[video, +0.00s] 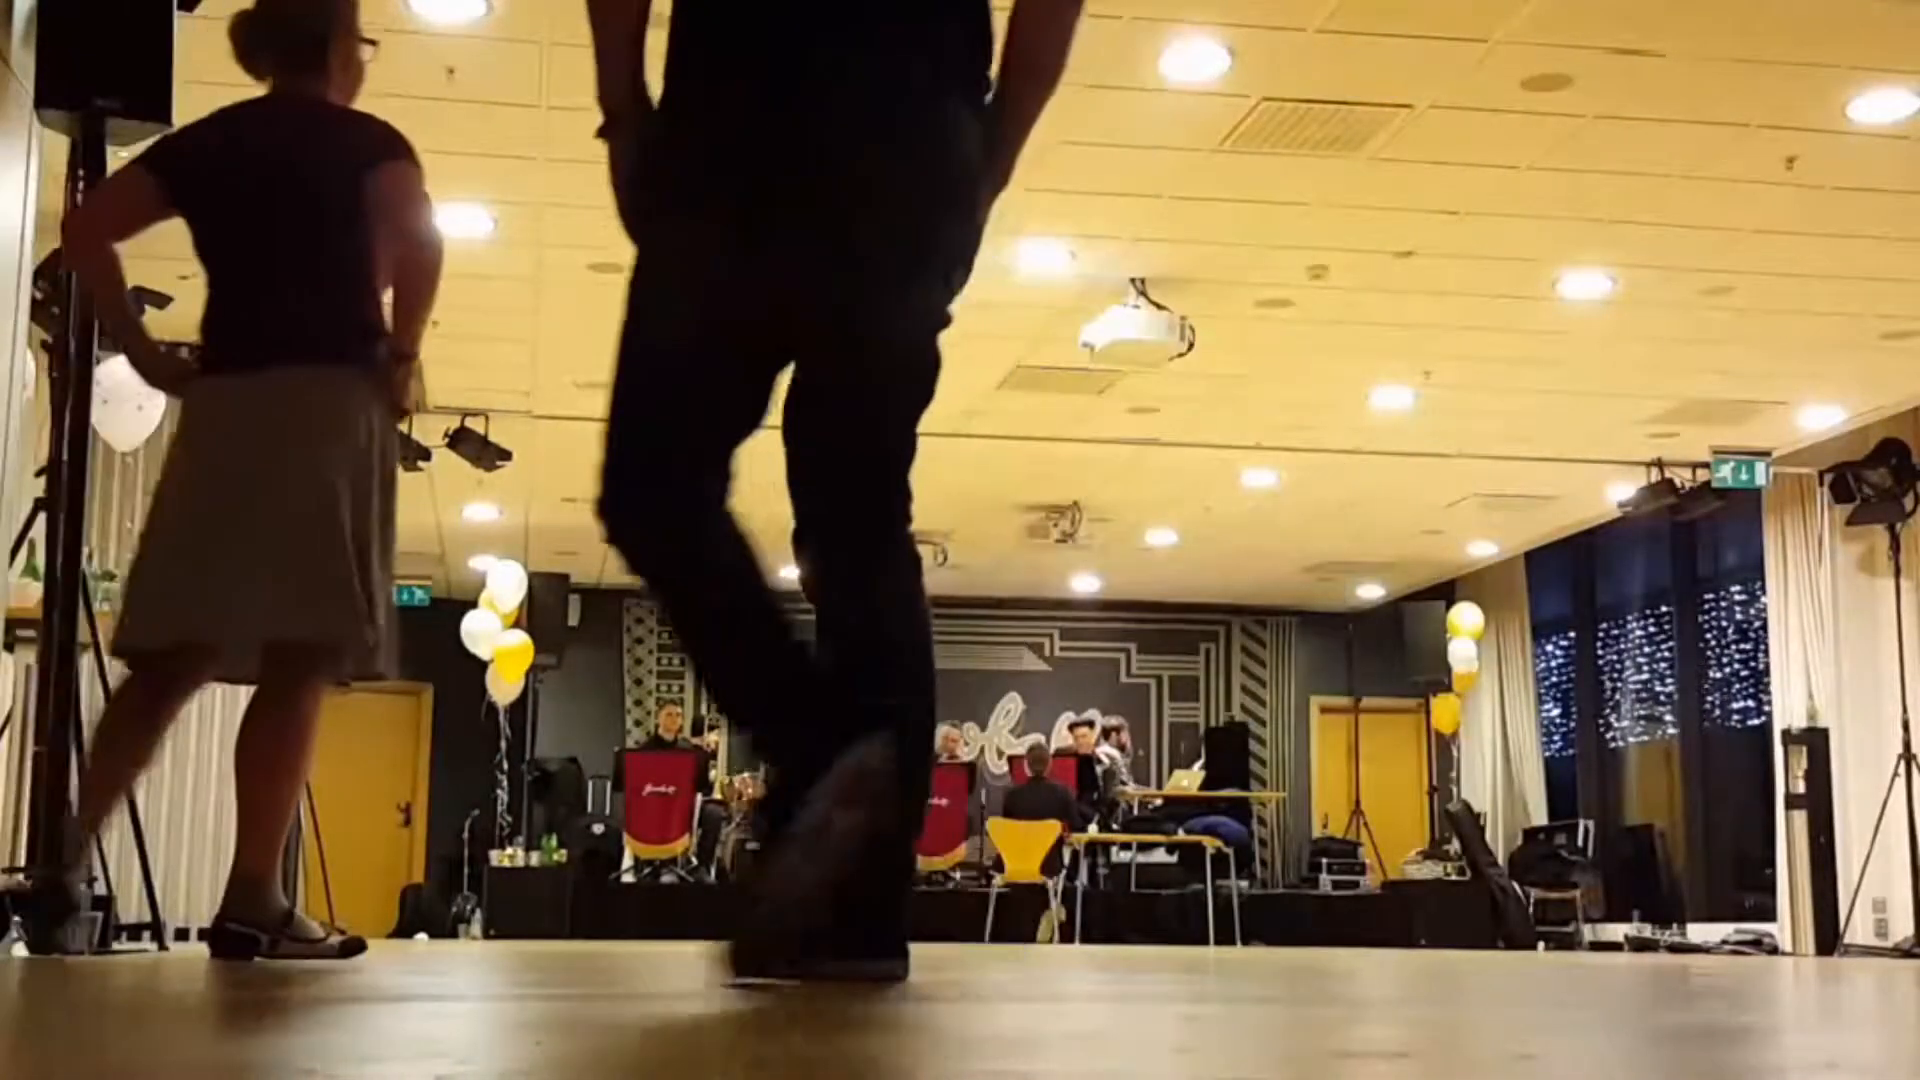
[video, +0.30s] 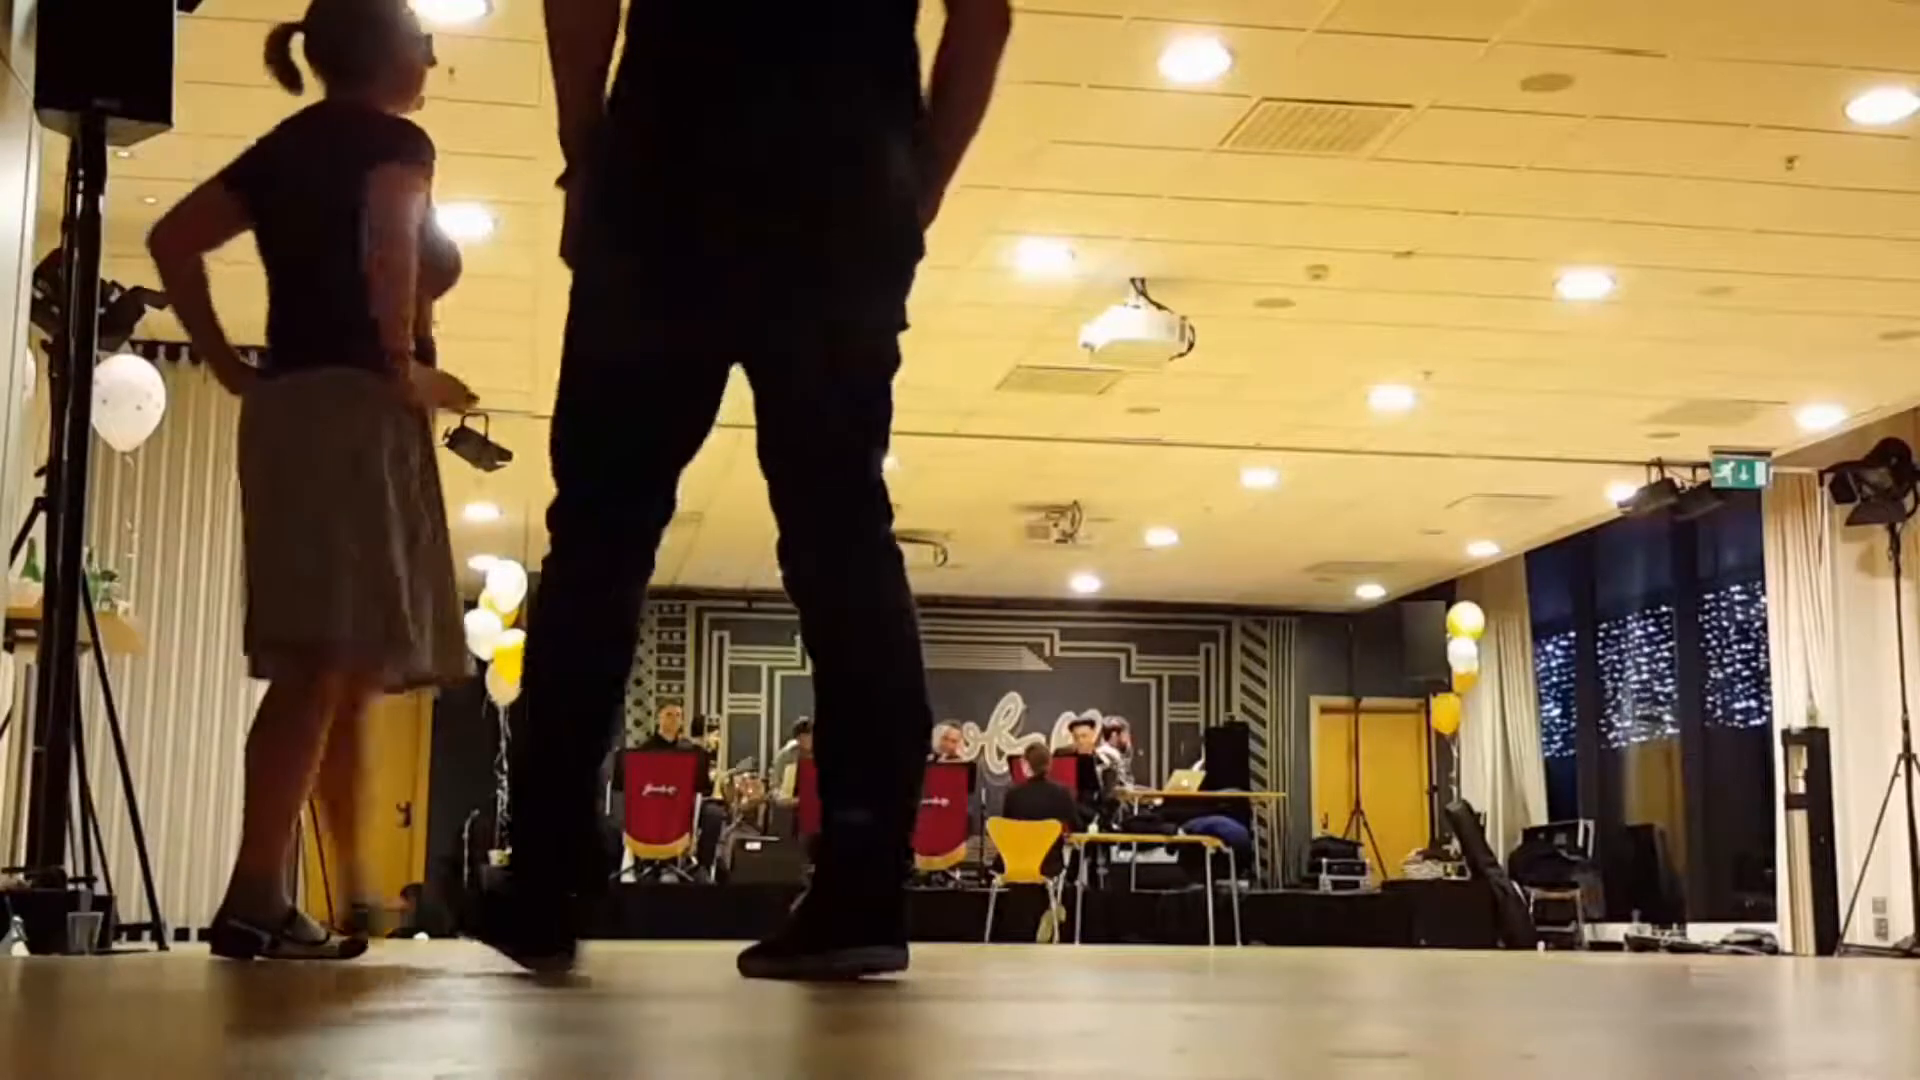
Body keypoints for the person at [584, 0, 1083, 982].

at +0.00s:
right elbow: (1055, 1)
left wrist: (625, 112)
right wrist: (992, 154)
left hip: (734, 121)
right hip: (922, 136)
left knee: (657, 494)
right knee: (859, 513)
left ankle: (818, 754)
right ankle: (864, 911)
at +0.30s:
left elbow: (583, 0)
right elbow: (983, 9)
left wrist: (583, 152)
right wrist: (924, 177)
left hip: (665, 158)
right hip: (850, 168)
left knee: (598, 534)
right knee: (841, 532)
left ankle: (543, 891)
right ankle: (864, 900)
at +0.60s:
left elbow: (490, 51)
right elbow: (882, 51)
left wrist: (527, 218)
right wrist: (845, 241)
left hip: (580, 227)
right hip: (748, 225)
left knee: (539, 570)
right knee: (785, 548)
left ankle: (514, 904)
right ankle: (850, 846)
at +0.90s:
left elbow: (400, 40)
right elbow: (793, 77)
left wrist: (401, 213)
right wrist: (772, 258)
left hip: (510, 261)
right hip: (674, 261)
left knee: (503, 590)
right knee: (705, 567)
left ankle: (512, 902)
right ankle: (742, 837)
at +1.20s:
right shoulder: (737, 4)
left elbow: (390, 86)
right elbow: (763, 114)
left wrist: (382, 194)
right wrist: (750, 282)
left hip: (503, 277)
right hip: (660, 281)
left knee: (500, 605)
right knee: (672, 604)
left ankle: (512, 909)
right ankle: (685, 907)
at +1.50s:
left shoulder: (473, 11)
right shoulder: (742, 13)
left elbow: (431, 151)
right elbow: (778, 162)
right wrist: (763, 321)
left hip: (522, 314)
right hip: (670, 315)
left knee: (506, 609)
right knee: (664, 611)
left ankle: (517, 890)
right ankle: (665, 898)